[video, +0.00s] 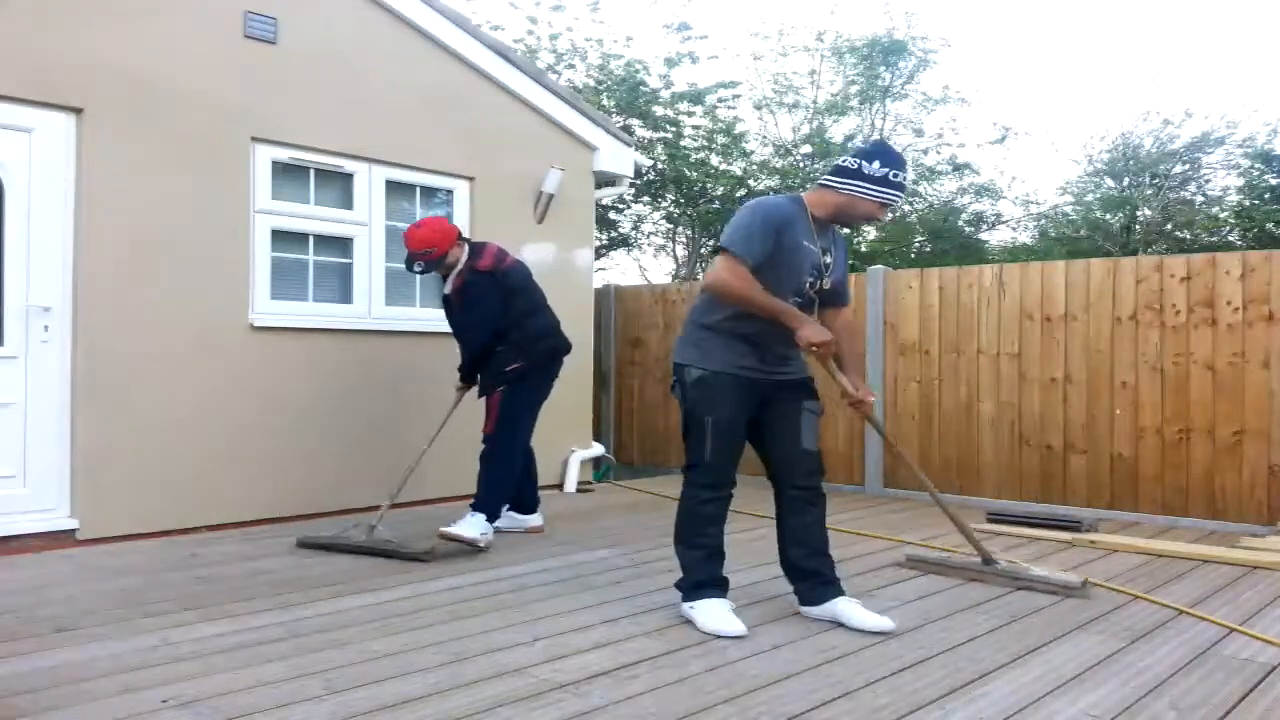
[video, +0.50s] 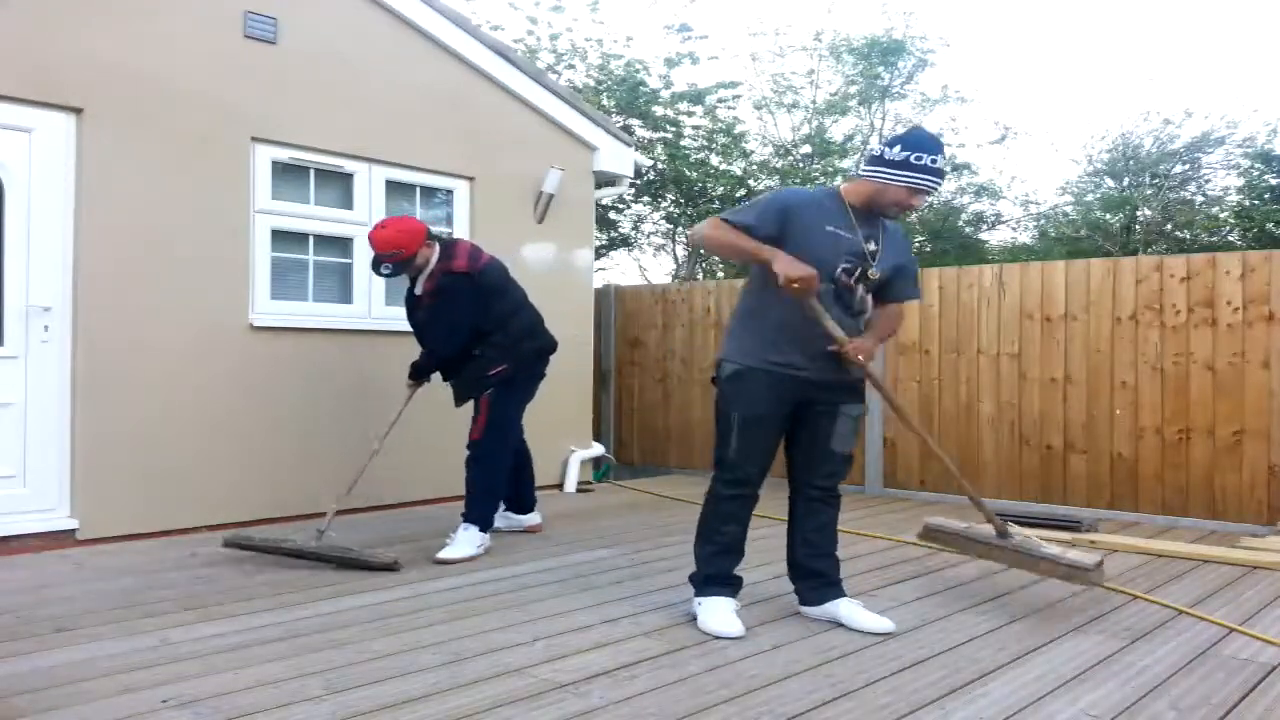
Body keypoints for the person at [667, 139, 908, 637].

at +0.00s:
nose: (882, 216)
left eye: (886, 208)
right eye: (882, 205)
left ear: (853, 188)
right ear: (857, 188)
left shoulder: (833, 244)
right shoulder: (770, 213)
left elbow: (839, 315)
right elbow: (721, 276)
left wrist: (852, 377)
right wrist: (797, 320)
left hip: (780, 373)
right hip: (717, 365)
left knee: (802, 481)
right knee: (710, 481)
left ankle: (818, 593)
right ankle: (702, 592)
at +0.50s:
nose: (917, 204)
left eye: (923, 195)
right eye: (915, 191)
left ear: (900, 184)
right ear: (887, 175)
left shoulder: (892, 241)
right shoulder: (794, 206)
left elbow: (890, 310)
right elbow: (708, 232)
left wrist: (872, 340)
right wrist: (774, 256)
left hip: (833, 381)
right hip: (759, 369)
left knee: (820, 490)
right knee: (737, 482)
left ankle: (820, 594)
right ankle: (714, 592)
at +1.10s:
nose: (874, 198)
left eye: (882, 188)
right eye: (865, 186)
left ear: (887, 183)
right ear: (835, 173)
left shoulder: (888, 236)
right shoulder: (768, 213)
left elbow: (912, 309)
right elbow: (702, 270)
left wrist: (887, 377)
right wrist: (759, 315)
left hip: (838, 386)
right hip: (758, 378)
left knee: (831, 489)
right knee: (755, 484)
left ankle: (822, 593)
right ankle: (762, 583)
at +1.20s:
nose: (822, 190)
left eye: (836, 180)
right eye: (812, 177)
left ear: (856, 179)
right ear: (796, 169)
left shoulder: (877, 229)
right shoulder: (752, 215)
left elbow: (913, 298)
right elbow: (692, 270)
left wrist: (877, 363)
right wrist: (739, 298)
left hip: (836, 381)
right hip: (756, 378)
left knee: (830, 489)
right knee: (756, 484)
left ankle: (822, 593)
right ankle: (762, 584)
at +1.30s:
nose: (794, 185)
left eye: (807, 177)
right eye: (787, 174)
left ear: (835, 175)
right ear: (777, 167)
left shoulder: (869, 226)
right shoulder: (742, 216)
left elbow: (908, 292)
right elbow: (681, 266)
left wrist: (858, 349)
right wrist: (716, 286)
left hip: (830, 380)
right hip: (753, 377)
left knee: (828, 488)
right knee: (755, 484)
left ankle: (822, 593)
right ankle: (762, 584)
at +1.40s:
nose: (766, 183)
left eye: (778, 173)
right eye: (759, 172)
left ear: (809, 170)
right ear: (751, 169)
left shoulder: (852, 222)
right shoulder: (731, 216)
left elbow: (884, 292)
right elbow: (668, 255)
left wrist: (803, 330)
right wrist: (680, 270)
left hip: (826, 377)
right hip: (746, 373)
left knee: (829, 485)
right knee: (752, 482)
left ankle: (823, 593)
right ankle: (762, 584)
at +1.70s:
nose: (736, 184)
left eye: (747, 173)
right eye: (730, 174)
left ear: (779, 168)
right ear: (726, 173)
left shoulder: (820, 219)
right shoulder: (741, 214)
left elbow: (818, 296)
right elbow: (731, 250)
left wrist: (736, 327)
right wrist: (689, 260)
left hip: (810, 372)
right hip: (753, 370)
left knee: (819, 482)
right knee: (758, 482)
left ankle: (848, 589)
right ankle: (764, 585)